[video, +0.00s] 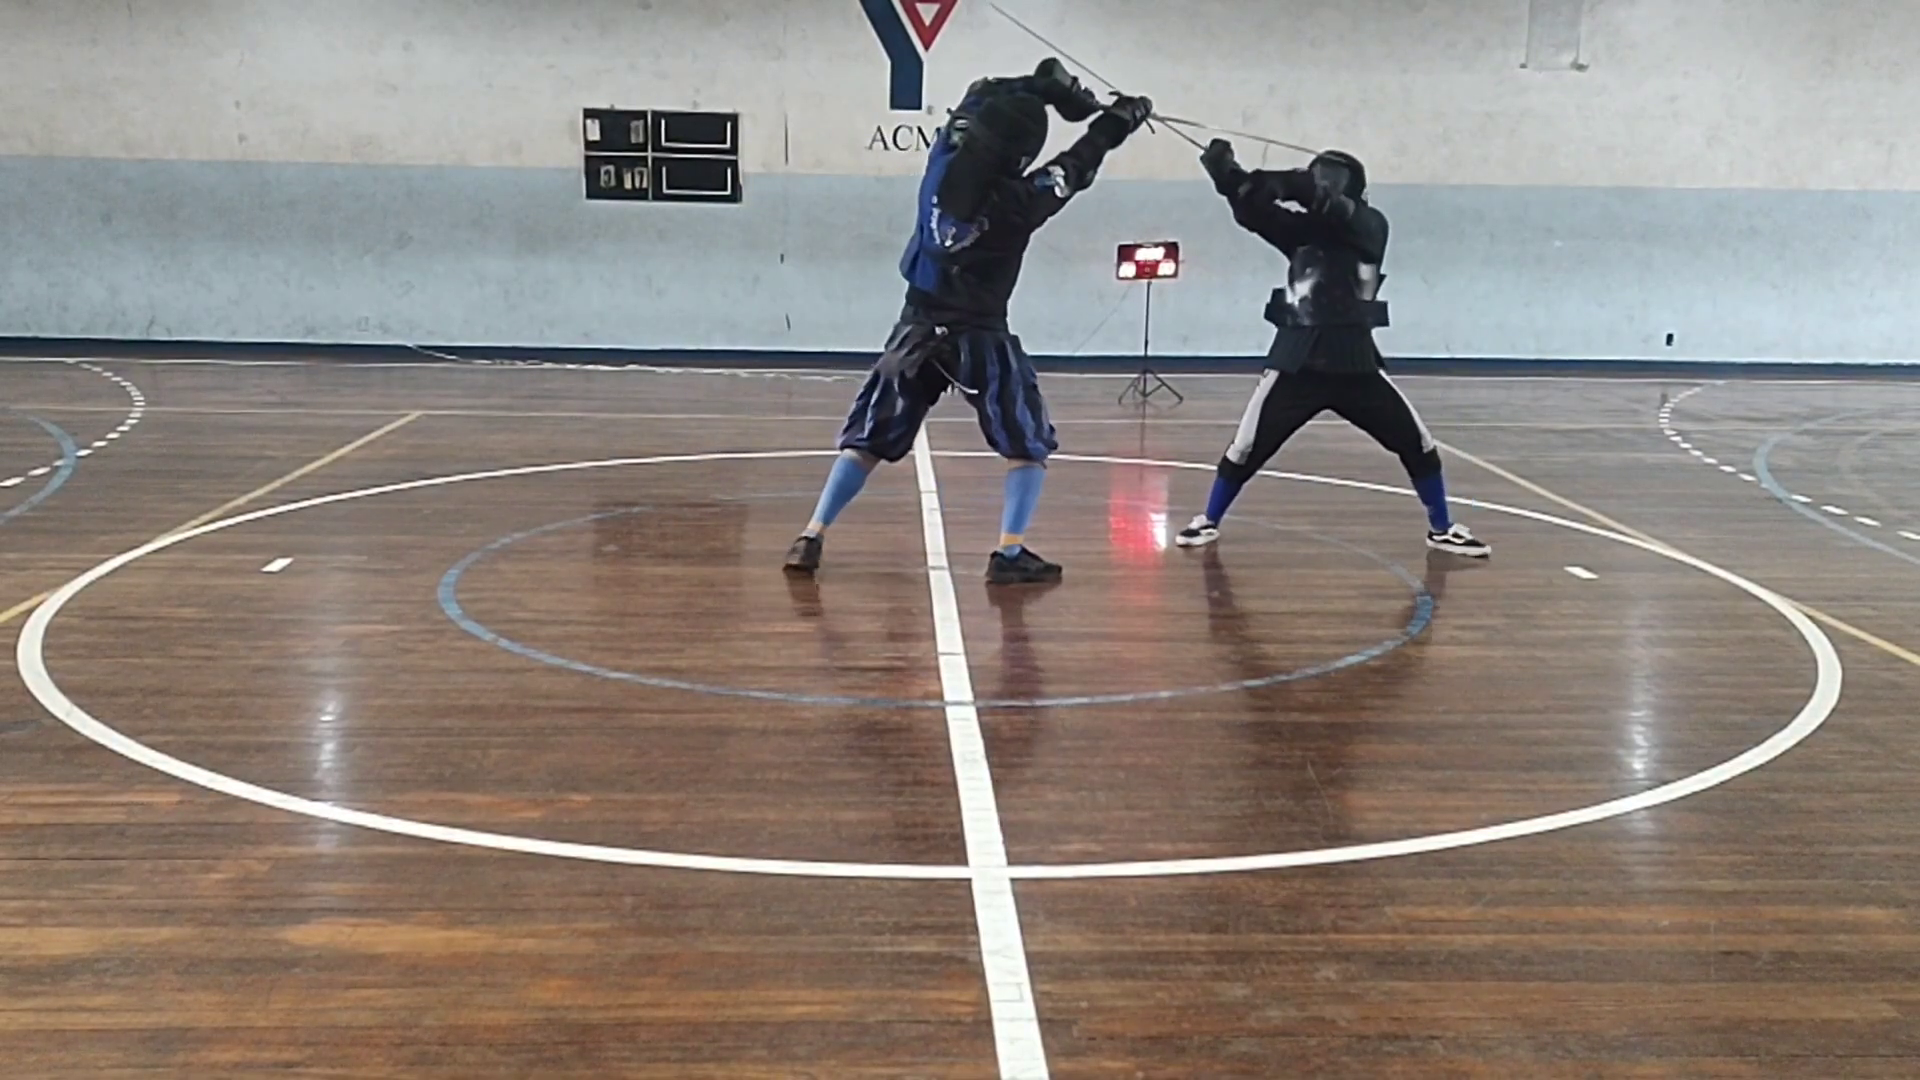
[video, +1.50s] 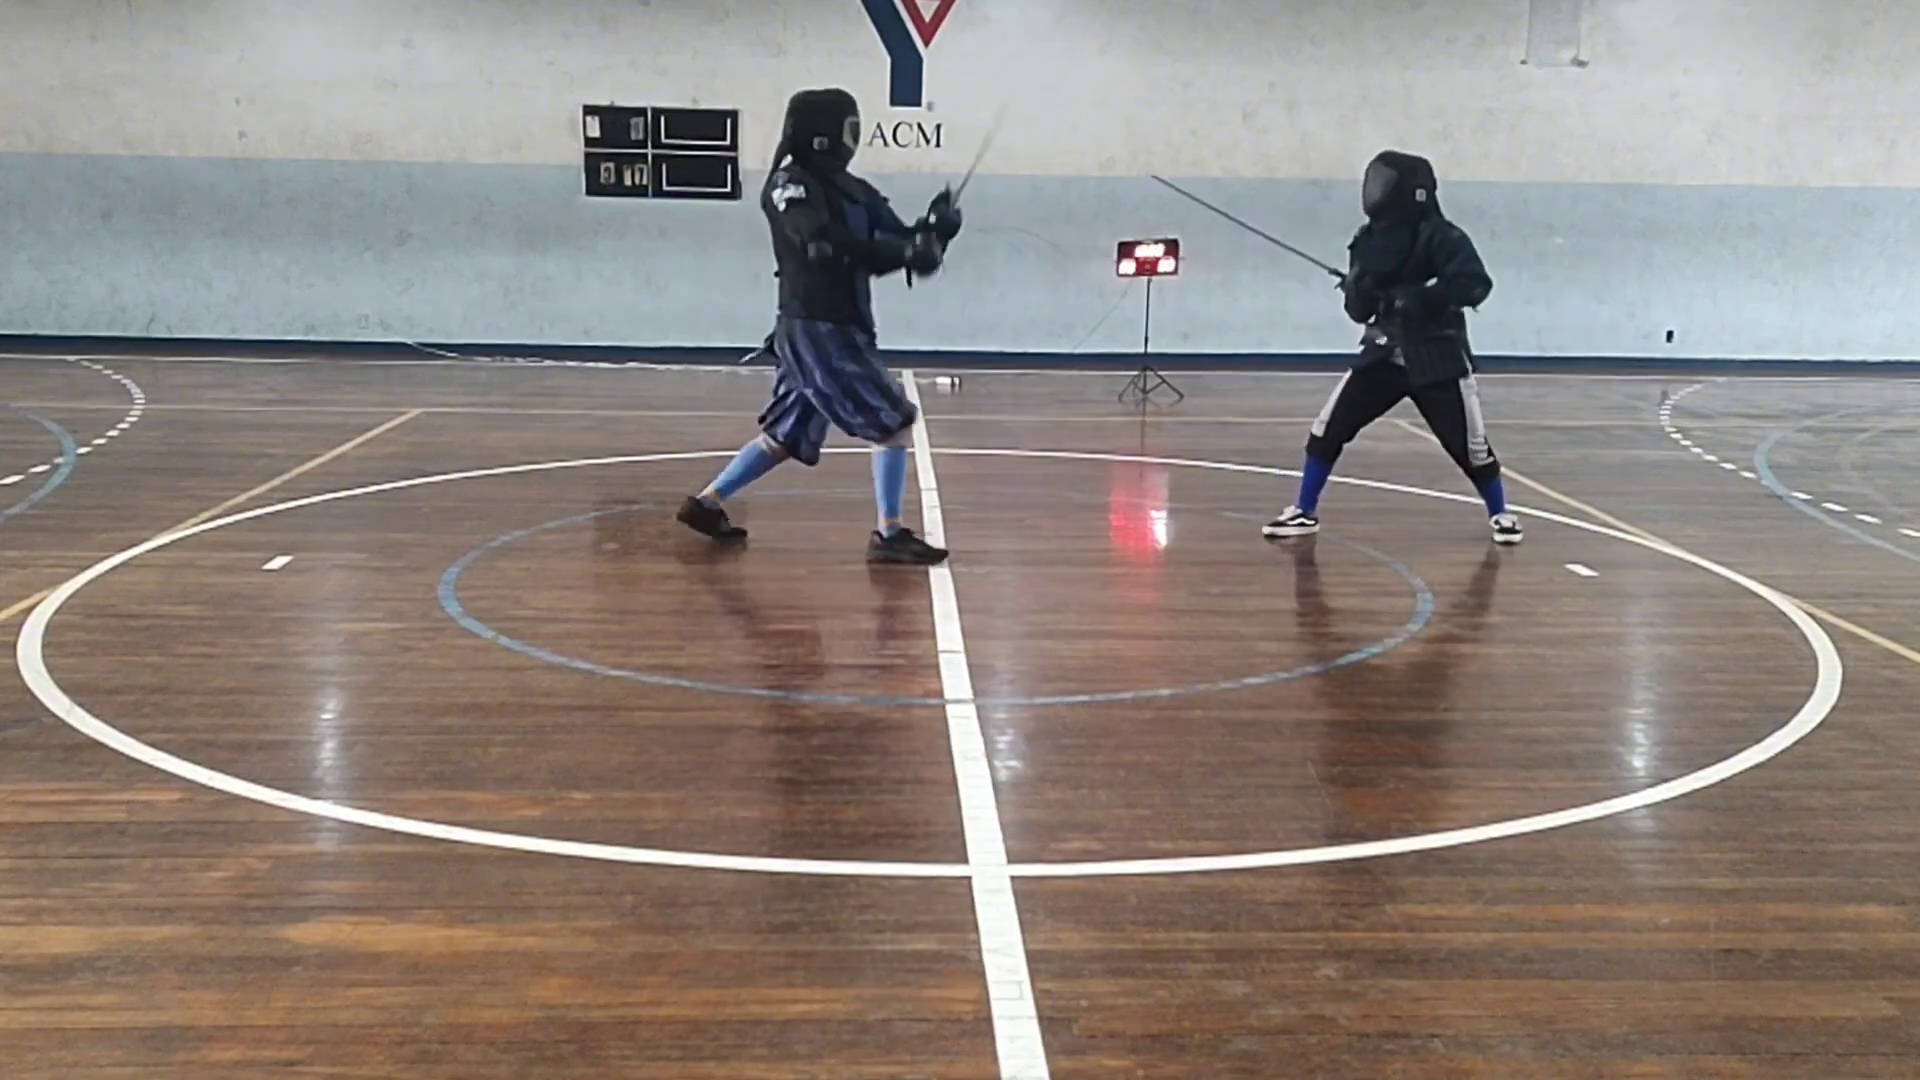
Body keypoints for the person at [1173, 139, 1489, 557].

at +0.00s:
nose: (1321, 185)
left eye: (1331, 178)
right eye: (1317, 178)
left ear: (1354, 185)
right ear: (1310, 182)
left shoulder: (1372, 227)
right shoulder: (1299, 227)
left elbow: (1333, 207)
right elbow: (1255, 213)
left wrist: (1296, 185)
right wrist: (1228, 175)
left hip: (1356, 370)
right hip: (1296, 369)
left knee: (1419, 446)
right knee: (1246, 448)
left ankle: (1442, 529)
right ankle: (1208, 521)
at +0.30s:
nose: (1333, 184)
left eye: (1343, 176)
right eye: (1328, 175)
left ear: (1364, 183)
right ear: (1322, 181)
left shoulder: (1384, 226)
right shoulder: (1312, 227)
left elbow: (1342, 209)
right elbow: (1264, 216)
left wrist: (1299, 186)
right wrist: (1238, 179)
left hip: (1362, 370)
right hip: (1300, 366)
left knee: (1416, 447)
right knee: (1248, 440)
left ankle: (1442, 528)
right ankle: (1210, 519)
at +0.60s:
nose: (1324, 175)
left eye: (1336, 166)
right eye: (1319, 165)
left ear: (1355, 174)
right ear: (1310, 169)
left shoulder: (1368, 216)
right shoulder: (1291, 213)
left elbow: (1362, 240)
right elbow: (1246, 259)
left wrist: (1316, 211)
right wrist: (1233, 225)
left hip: (1337, 347)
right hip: (1278, 343)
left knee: (1372, 439)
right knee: (1237, 431)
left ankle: (1391, 523)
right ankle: (1207, 518)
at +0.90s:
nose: (1336, 183)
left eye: (1348, 173)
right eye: (1331, 173)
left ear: (1367, 179)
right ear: (1329, 179)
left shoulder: (1390, 222)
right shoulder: (1315, 229)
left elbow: (1436, 230)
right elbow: (1302, 302)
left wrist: (1371, 221)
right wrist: (1309, 254)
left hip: (1365, 346)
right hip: (1310, 343)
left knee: (1367, 442)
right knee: (1260, 429)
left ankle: (1377, 524)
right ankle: (1212, 514)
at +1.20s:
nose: (1367, 202)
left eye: (1378, 193)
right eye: (1367, 193)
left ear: (1406, 200)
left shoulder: (1433, 241)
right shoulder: (1361, 257)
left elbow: (1469, 278)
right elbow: (1361, 329)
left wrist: (1419, 272)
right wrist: (1348, 290)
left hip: (1438, 362)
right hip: (1382, 366)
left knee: (1472, 450)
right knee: (1325, 440)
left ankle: (1501, 515)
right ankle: (1276, 513)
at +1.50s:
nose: (1371, 190)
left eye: (1381, 182)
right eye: (1372, 181)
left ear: (1411, 190)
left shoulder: (1440, 235)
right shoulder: (1367, 241)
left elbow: (1475, 284)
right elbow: (1358, 311)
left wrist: (1419, 298)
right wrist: (1360, 290)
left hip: (1439, 358)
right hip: (1384, 358)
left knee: (1469, 446)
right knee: (1327, 431)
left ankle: (1500, 514)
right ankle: (1303, 511)